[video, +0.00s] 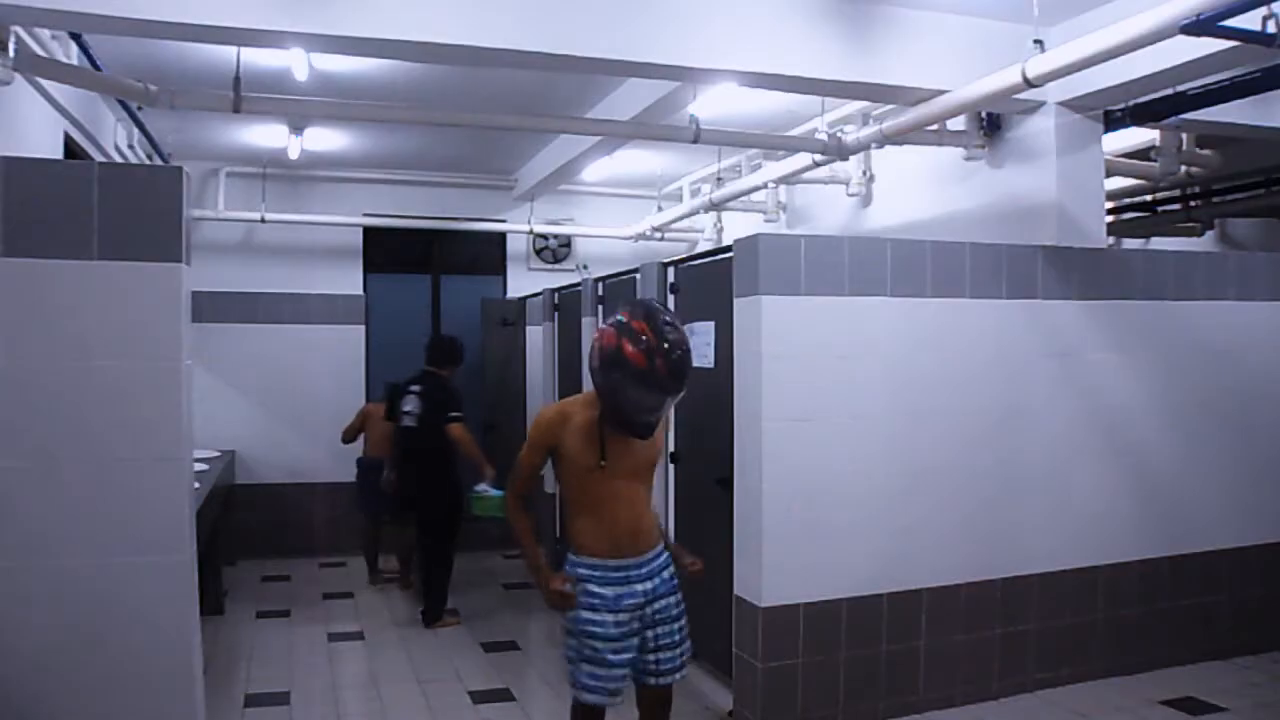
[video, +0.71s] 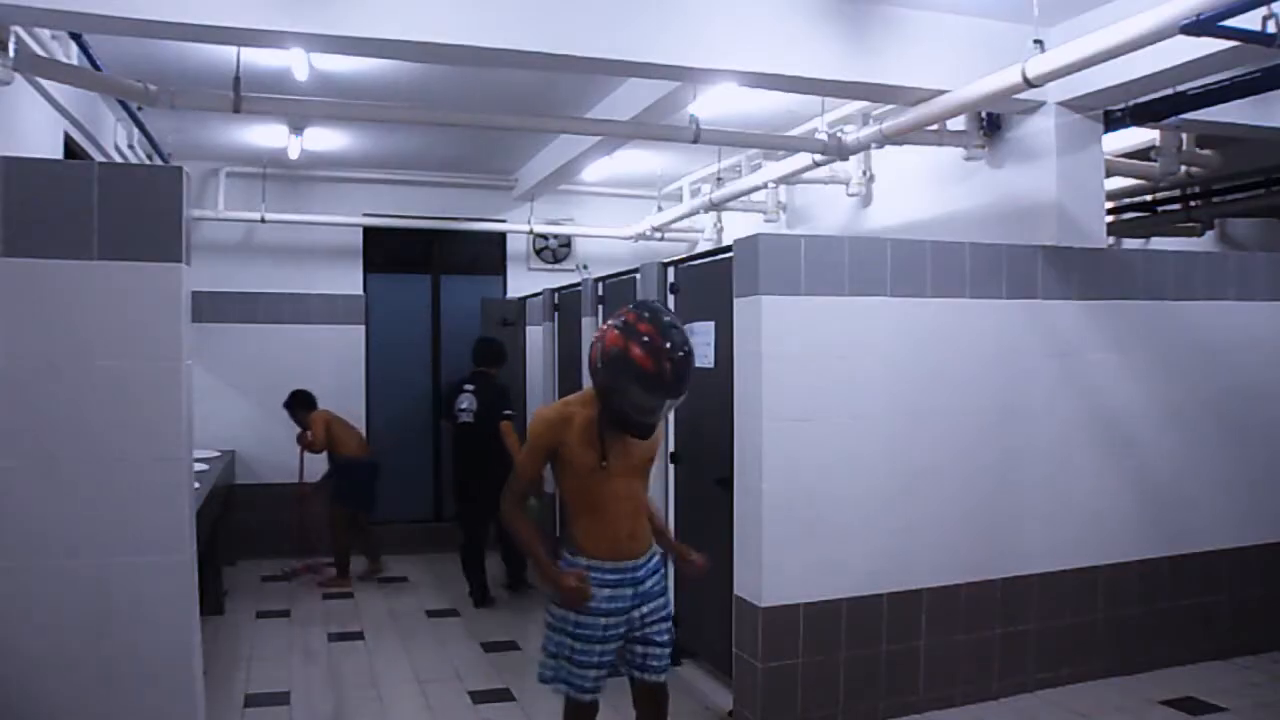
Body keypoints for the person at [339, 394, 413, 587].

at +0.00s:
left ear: (384, 394)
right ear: (404, 398)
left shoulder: (370, 410)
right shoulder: (408, 415)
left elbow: (347, 436)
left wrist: (365, 423)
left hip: (371, 465)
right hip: (401, 466)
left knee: (371, 521)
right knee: (402, 521)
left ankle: (373, 573)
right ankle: (406, 576)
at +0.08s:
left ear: (377, 394)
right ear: (398, 395)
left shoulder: (368, 410)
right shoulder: (405, 412)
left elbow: (345, 436)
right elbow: (413, 442)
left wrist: (360, 420)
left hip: (371, 466)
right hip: (401, 467)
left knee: (368, 519)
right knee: (403, 520)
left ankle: (365, 572)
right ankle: (405, 576)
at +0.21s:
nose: (358, 400)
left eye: (359, 396)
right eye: (359, 397)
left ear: (363, 396)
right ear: (383, 396)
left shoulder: (363, 409)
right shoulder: (395, 415)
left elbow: (342, 435)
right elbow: (405, 444)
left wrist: (354, 422)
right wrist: (399, 471)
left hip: (372, 470)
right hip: (398, 471)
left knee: (361, 522)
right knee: (401, 524)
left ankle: (353, 572)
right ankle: (404, 576)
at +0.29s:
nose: (347, 403)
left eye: (348, 399)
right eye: (347, 399)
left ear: (352, 397)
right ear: (368, 395)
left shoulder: (359, 409)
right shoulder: (384, 414)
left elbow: (341, 435)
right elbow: (396, 445)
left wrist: (343, 420)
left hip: (369, 472)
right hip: (391, 473)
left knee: (355, 521)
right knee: (398, 523)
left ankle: (347, 574)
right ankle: (403, 575)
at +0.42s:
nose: (328, 406)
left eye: (328, 402)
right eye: (327, 402)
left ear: (334, 399)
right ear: (350, 397)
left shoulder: (347, 411)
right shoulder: (362, 415)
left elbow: (336, 436)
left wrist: (327, 425)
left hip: (364, 473)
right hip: (384, 473)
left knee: (349, 523)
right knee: (387, 526)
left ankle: (343, 575)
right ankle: (403, 575)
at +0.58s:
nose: (305, 416)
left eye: (306, 411)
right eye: (304, 412)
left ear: (313, 407)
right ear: (323, 404)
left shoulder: (329, 415)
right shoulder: (338, 416)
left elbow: (325, 441)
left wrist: (312, 434)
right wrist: (327, 486)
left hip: (355, 472)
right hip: (370, 471)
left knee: (340, 522)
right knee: (370, 524)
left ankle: (342, 575)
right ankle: (398, 567)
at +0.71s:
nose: (294, 420)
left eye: (293, 415)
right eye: (292, 416)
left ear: (299, 411)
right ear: (311, 405)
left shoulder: (318, 417)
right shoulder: (328, 417)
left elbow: (319, 446)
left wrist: (305, 442)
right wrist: (318, 486)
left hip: (349, 468)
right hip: (365, 465)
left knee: (339, 520)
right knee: (358, 517)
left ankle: (342, 576)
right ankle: (374, 562)